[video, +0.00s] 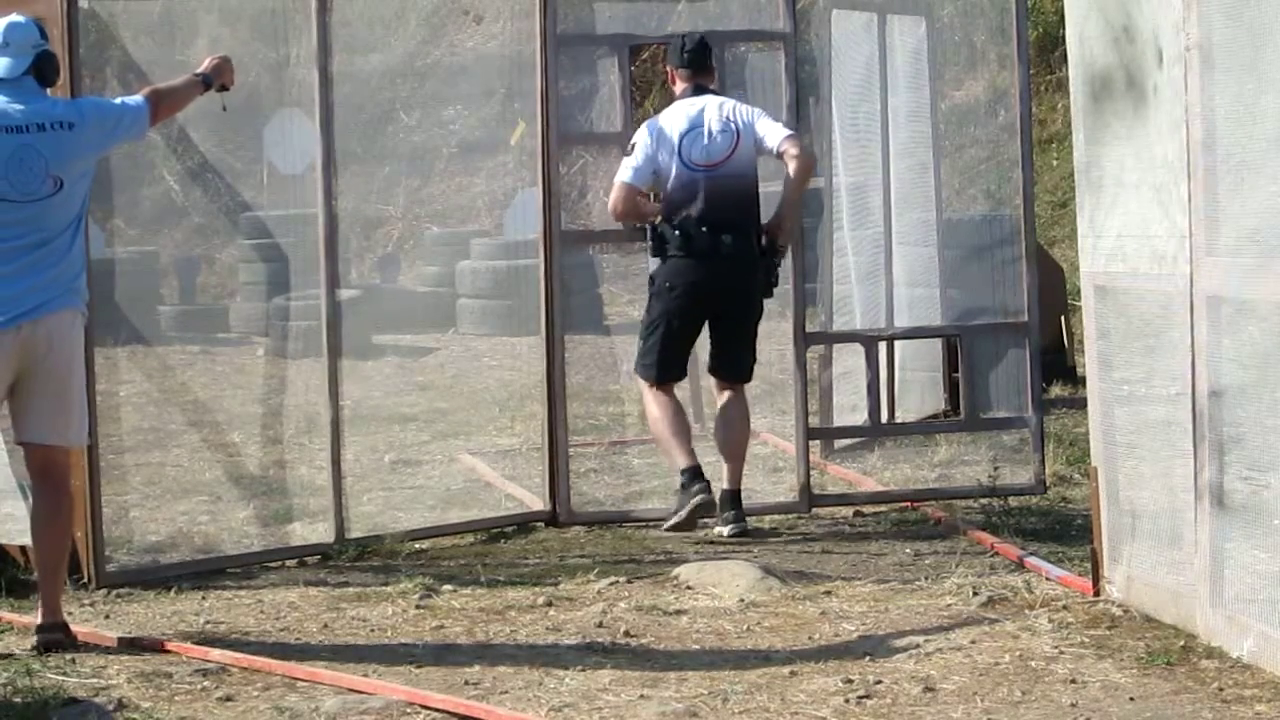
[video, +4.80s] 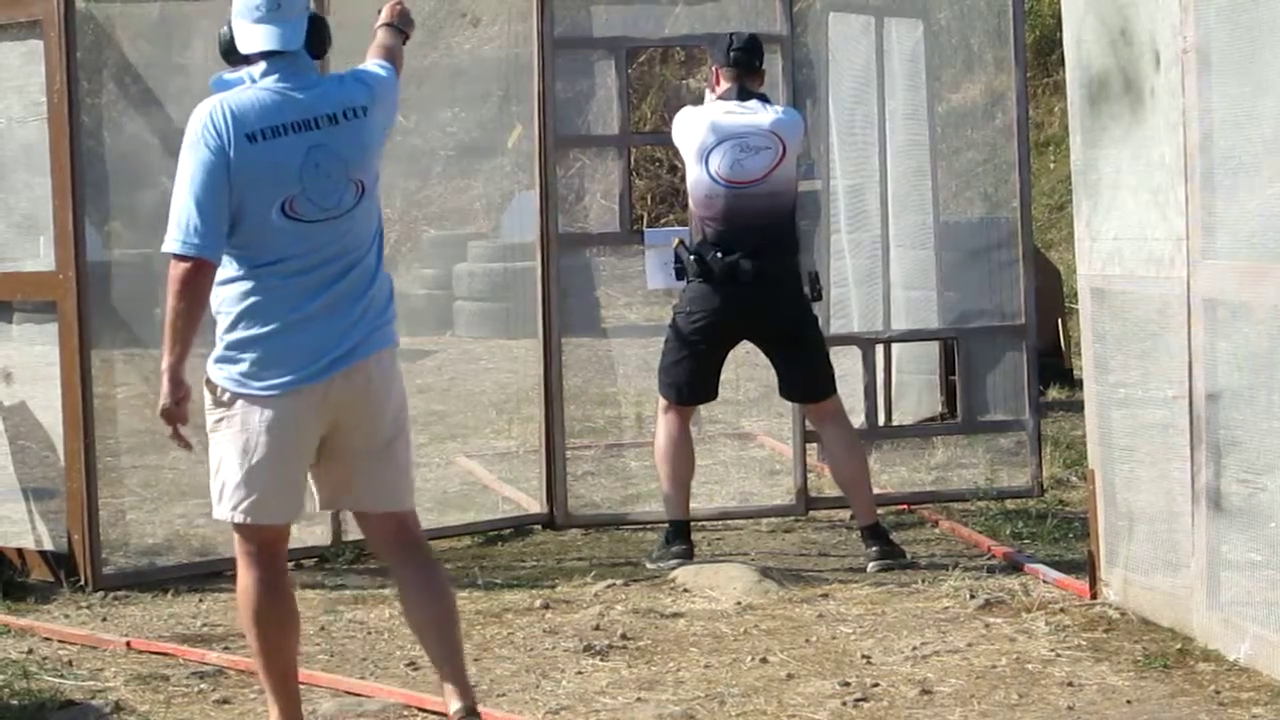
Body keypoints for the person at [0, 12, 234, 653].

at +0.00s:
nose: (52, 71)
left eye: (42, 61)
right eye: (49, 63)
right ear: (44, 68)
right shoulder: (69, 121)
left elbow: (149, 107)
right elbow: (151, 105)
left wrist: (195, 81)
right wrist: (204, 77)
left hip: (11, 316)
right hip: (48, 313)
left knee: (48, 470)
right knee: (50, 470)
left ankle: (47, 614)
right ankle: (50, 618)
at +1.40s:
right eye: (99, 51)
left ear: (27, 56)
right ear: (93, 52)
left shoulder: (6, 120)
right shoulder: (131, 108)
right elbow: (206, 92)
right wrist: (244, 64)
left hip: (34, 333)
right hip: (128, 324)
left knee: (23, 483)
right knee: (126, 504)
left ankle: (34, 636)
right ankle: (128, 677)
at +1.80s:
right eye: (117, 54)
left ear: (44, 60)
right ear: (114, 55)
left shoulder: (16, 132)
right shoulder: (153, 112)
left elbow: (0, 270)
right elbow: (225, 92)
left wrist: (24, 296)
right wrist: (260, 61)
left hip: (69, 354)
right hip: (159, 341)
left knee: (100, 531)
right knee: (143, 519)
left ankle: (142, 698)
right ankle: (126, 684)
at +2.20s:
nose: (65, 52)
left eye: (68, 43)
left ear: (73, 51)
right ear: (146, 47)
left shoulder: (49, 120)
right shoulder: (191, 104)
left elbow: (17, 255)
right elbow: (250, 86)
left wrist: (6, 353)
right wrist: (277, 54)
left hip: (101, 352)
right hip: (195, 335)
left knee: (114, 535)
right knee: (192, 495)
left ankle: (142, 703)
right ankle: (225, 653)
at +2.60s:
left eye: (148, 55)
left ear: (147, 57)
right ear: (223, 50)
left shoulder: (130, 125)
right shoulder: (268, 107)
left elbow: (101, 262)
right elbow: (308, 79)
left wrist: (84, 364)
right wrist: (323, 45)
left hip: (168, 356)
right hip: (268, 344)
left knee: (149, 537)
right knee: (293, 532)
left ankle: (144, 704)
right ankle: (329, 702)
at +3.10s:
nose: (222, 59)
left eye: (225, 46)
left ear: (222, 47)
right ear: (296, 39)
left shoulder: (206, 111)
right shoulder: (341, 100)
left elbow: (176, 245)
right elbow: (368, 80)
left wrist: (153, 345)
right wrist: (378, 49)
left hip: (238, 349)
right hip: (338, 337)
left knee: (218, 523)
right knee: (329, 528)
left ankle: (250, 696)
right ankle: (338, 703)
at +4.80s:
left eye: (230, 52)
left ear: (235, 53)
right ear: (316, 42)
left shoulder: (219, 120)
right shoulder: (362, 99)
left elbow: (193, 263)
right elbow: (384, 60)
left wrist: (172, 369)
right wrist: (392, 28)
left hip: (263, 373)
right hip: (366, 356)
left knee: (262, 553)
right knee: (400, 535)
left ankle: (286, 711)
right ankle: (462, 697)